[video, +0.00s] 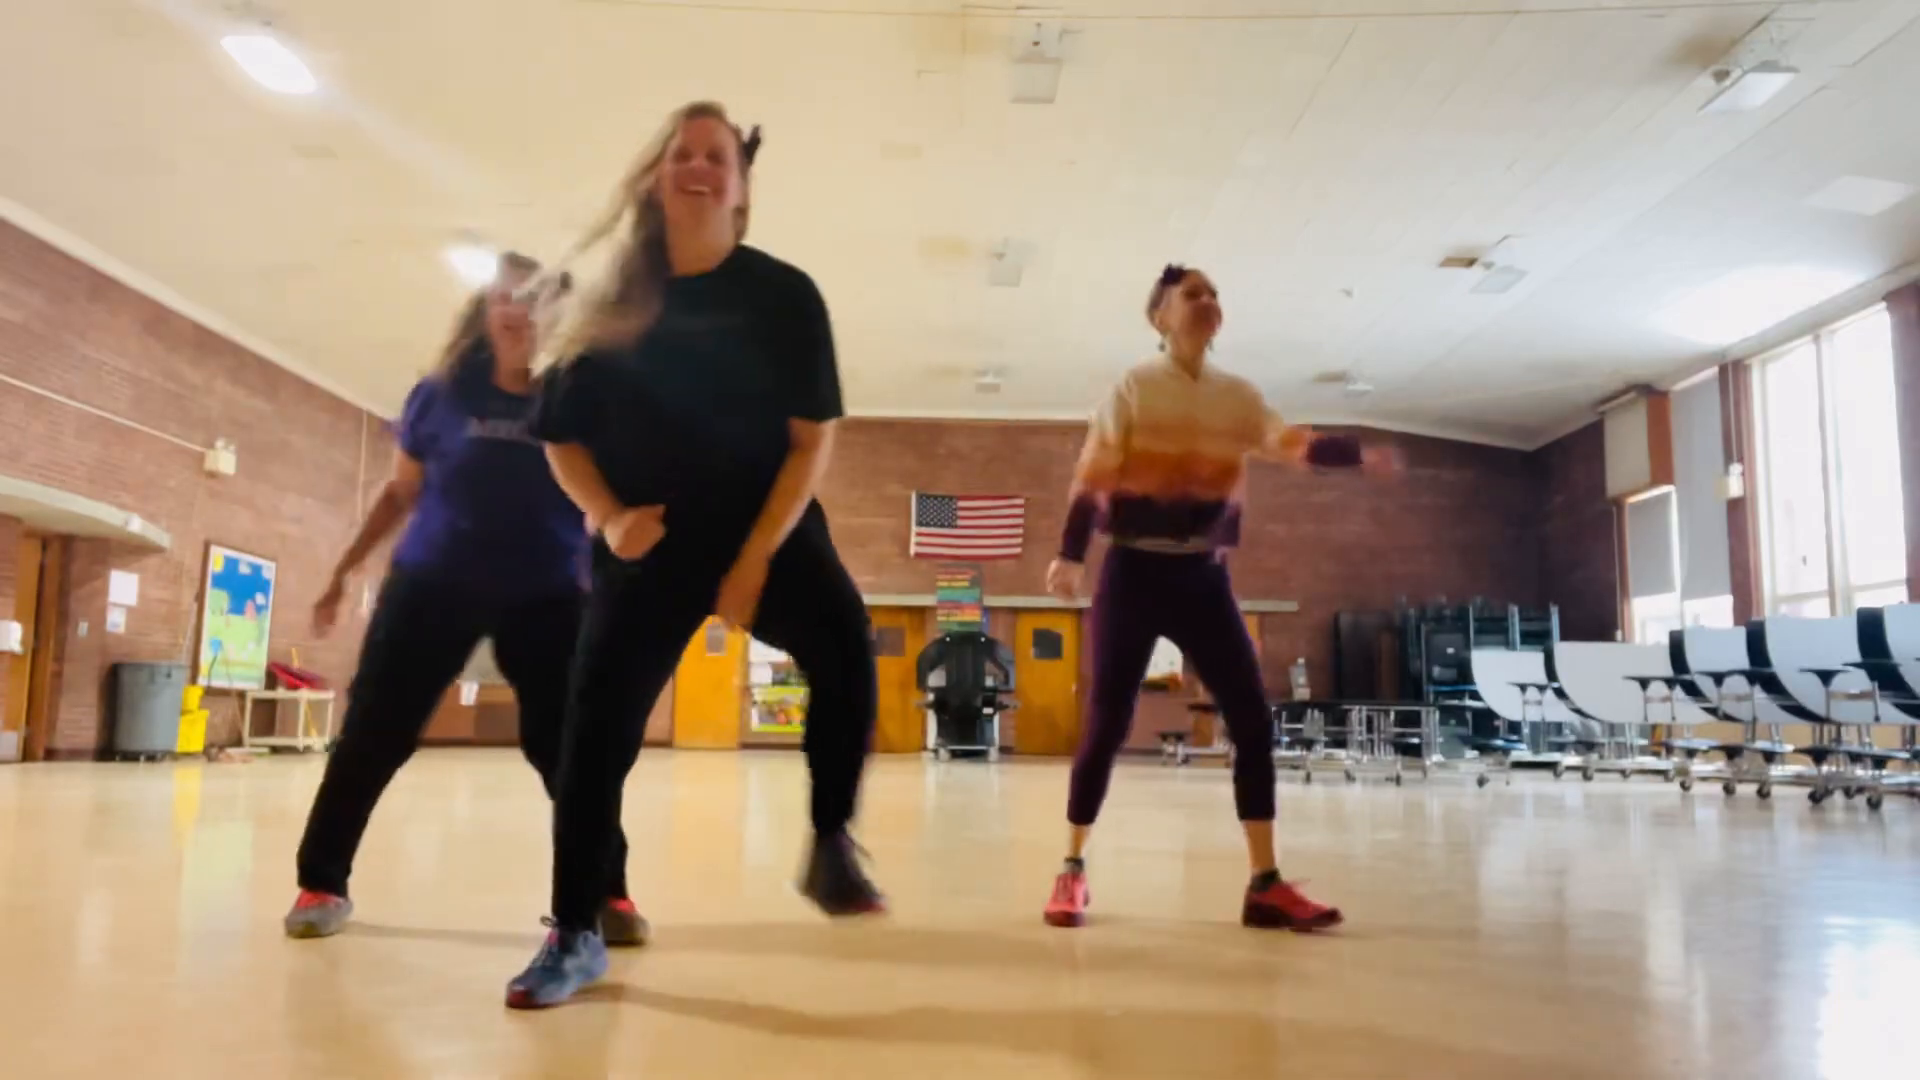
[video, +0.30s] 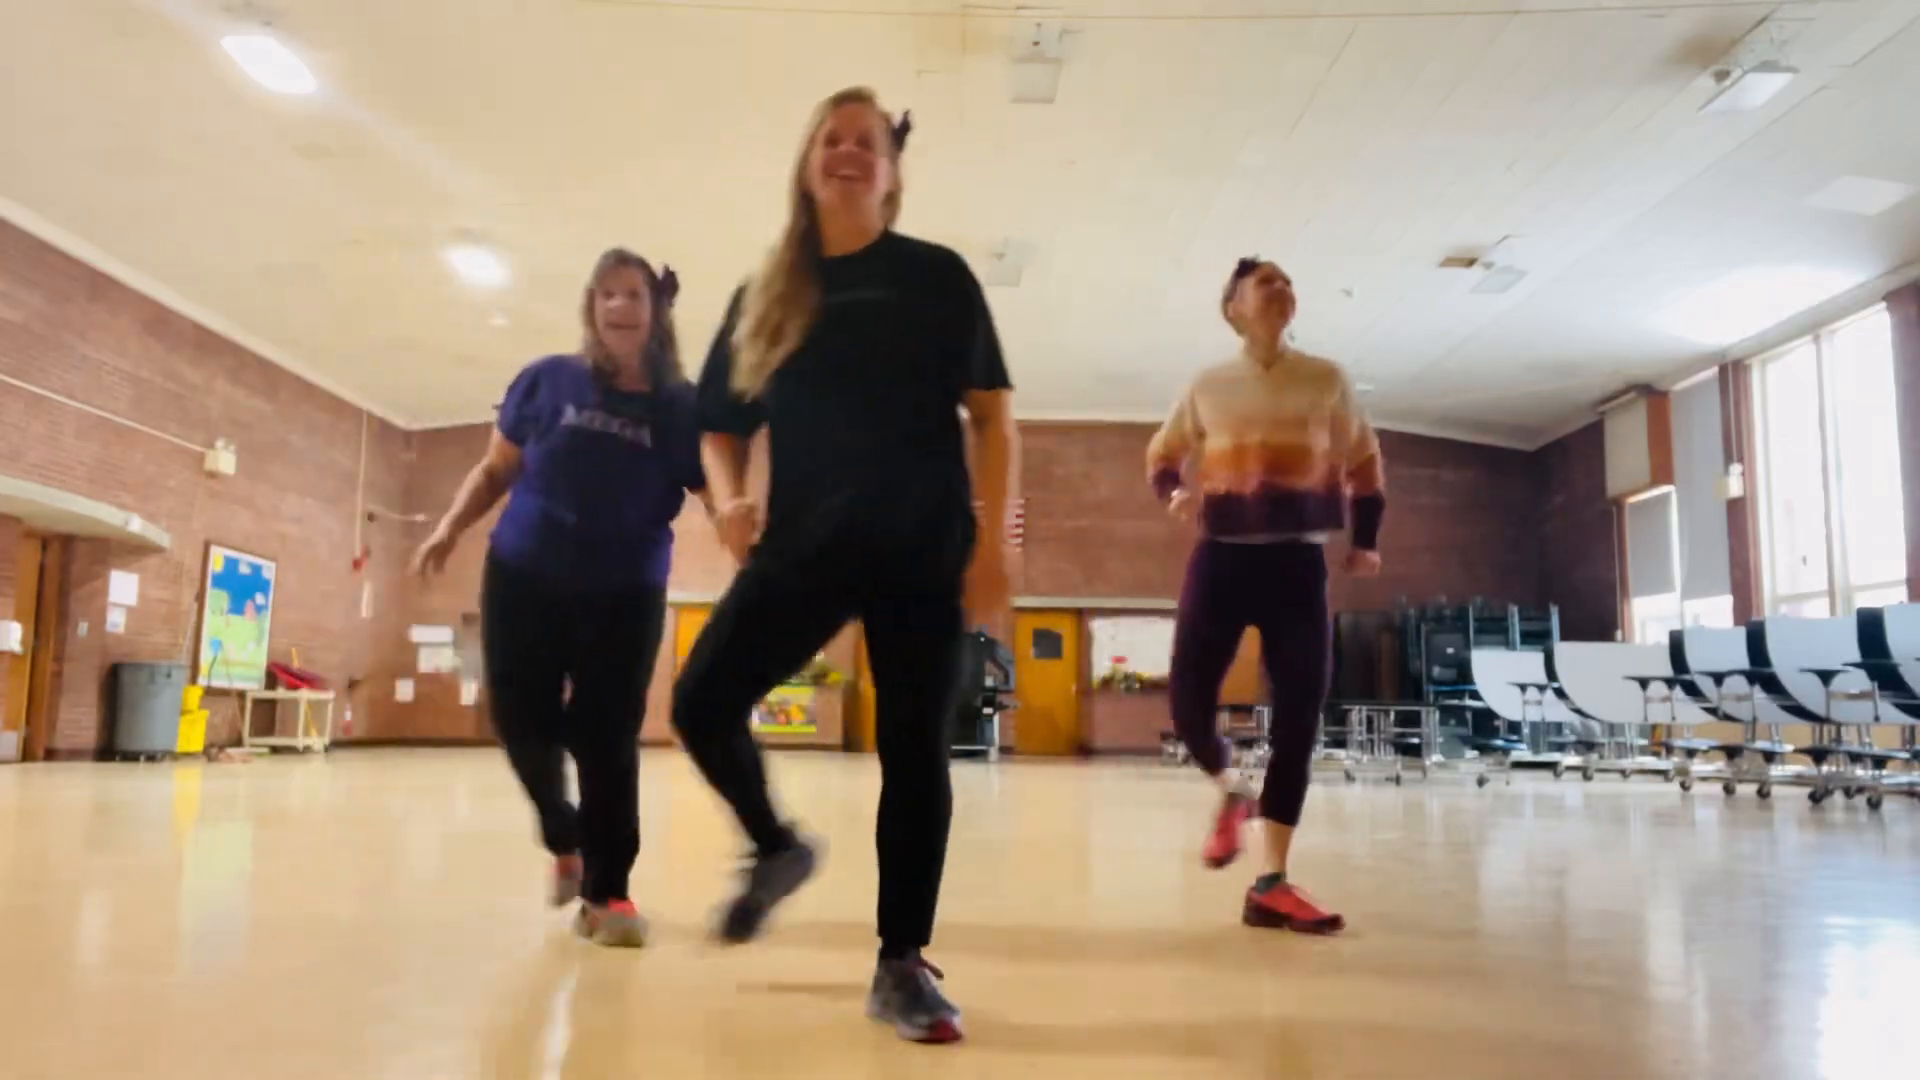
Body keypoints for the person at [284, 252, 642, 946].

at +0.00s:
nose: (516, 314)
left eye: (530, 302)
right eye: (505, 301)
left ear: (553, 314)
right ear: (484, 311)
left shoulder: (572, 403)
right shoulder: (440, 396)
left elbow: (609, 498)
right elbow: (400, 492)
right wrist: (344, 571)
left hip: (543, 594)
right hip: (436, 587)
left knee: (565, 744)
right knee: (375, 731)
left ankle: (608, 892)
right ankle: (321, 886)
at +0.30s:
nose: (618, 306)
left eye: (632, 295)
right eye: (606, 294)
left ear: (657, 309)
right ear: (589, 307)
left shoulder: (681, 407)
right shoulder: (547, 382)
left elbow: (721, 502)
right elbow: (496, 470)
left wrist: (758, 561)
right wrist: (447, 530)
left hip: (624, 590)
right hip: (528, 578)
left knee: (609, 737)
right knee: (521, 719)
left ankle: (609, 892)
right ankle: (565, 842)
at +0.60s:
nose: (628, 324)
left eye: (637, 312)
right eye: (613, 315)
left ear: (657, 321)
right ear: (594, 328)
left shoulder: (701, 400)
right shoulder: (573, 414)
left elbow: (741, 495)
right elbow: (544, 503)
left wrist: (751, 573)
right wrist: (541, 534)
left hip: (692, 587)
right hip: (600, 592)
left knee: (676, 728)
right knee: (609, 736)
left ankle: (665, 882)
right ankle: (629, 877)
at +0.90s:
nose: (668, 325)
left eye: (679, 314)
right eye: (656, 317)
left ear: (703, 325)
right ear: (640, 333)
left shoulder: (746, 408)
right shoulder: (622, 416)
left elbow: (785, 502)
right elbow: (599, 498)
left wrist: (784, 579)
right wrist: (592, 535)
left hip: (729, 600)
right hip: (638, 600)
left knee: (743, 739)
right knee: (628, 742)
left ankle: (786, 879)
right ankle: (638, 878)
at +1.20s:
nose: (700, 314)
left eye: (713, 304)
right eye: (688, 305)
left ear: (733, 318)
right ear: (670, 321)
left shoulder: (769, 397)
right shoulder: (642, 401)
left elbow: (816, 480)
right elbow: (594, 482)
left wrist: (809, 508)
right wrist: (580, 460)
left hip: (756, 592)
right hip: (663, 590)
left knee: (761, 734)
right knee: (647, 736)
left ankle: (772, 876)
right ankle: (639, 878)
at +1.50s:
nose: (793, 321)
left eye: (806, 313)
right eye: (782, 310)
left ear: (822, 330)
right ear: (762, 321)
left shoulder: (825, 420)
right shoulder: (716, 389)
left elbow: (831, 514)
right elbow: (649, 467)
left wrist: (893, 556)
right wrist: (663, 456)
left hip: (781, 591)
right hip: (689, 572)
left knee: (761, 737)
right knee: (639, 711)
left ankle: (742, 882)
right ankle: (617, 834)